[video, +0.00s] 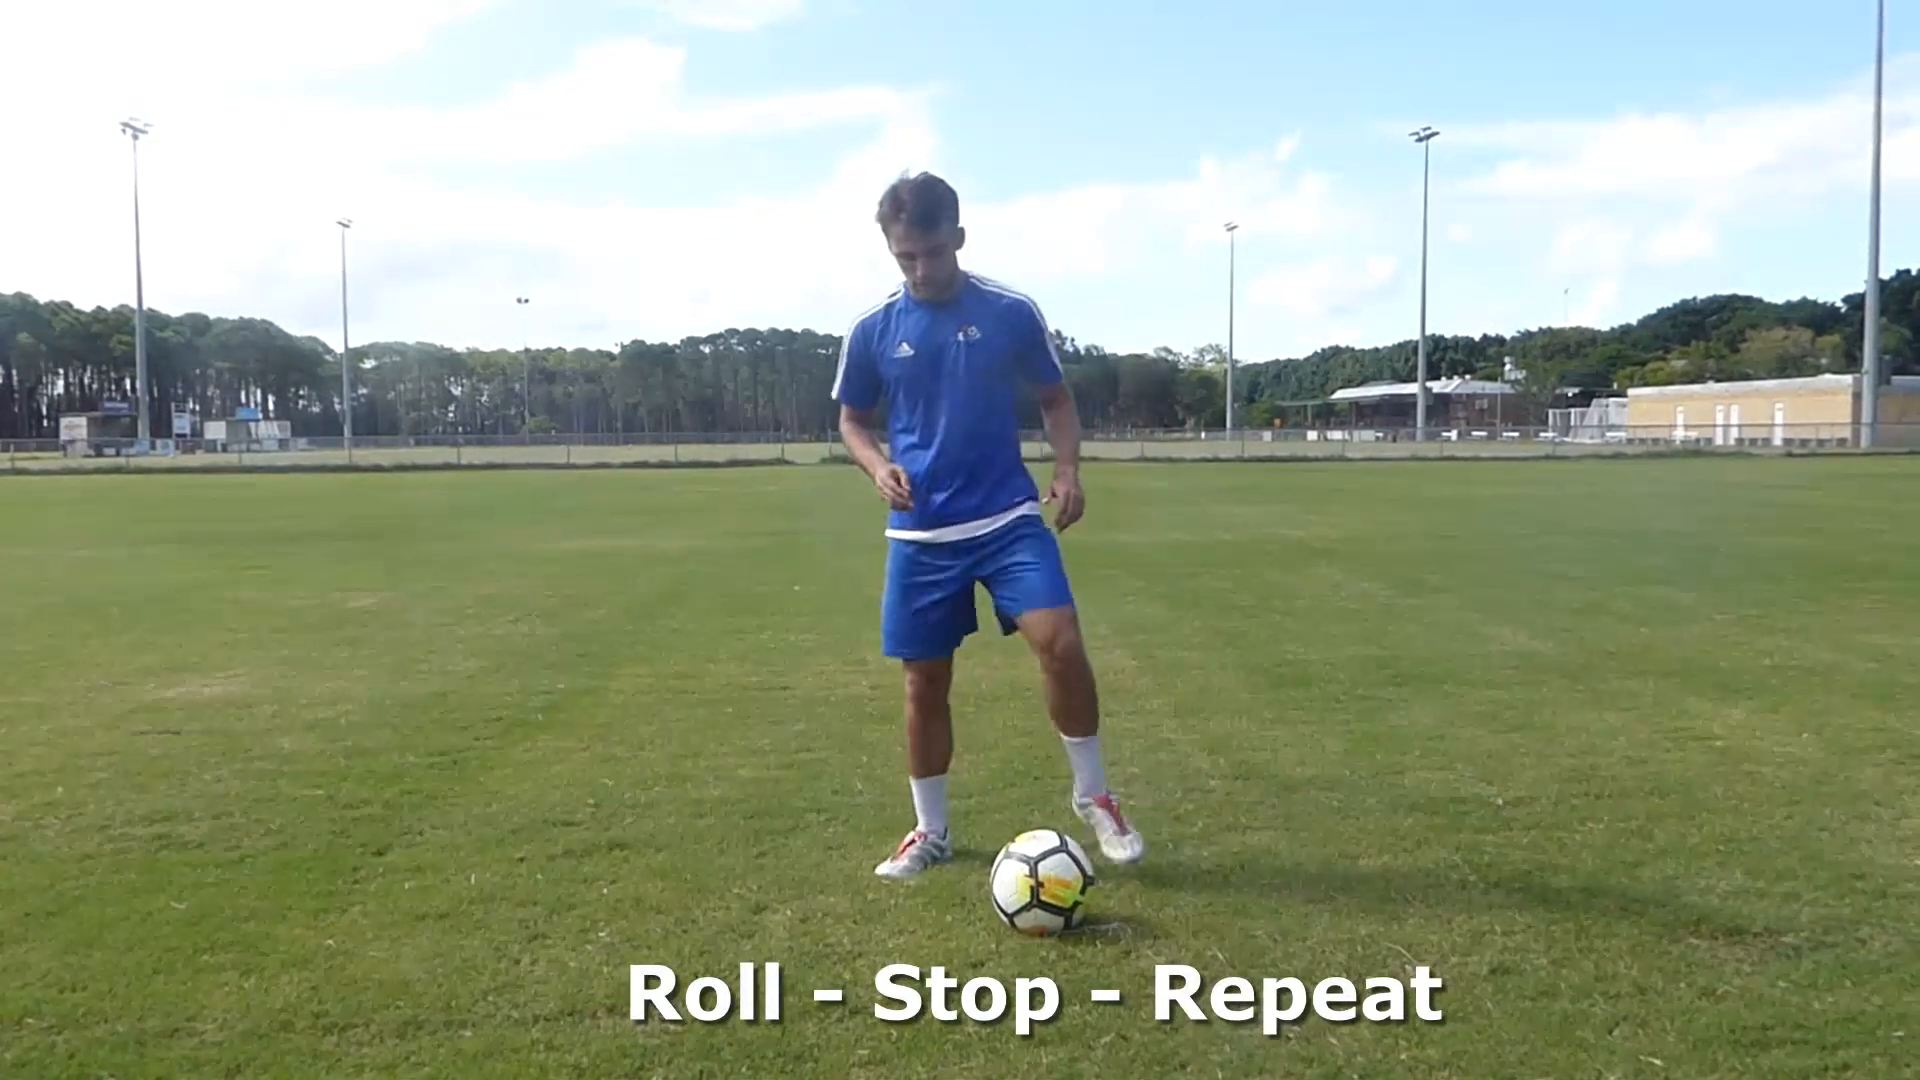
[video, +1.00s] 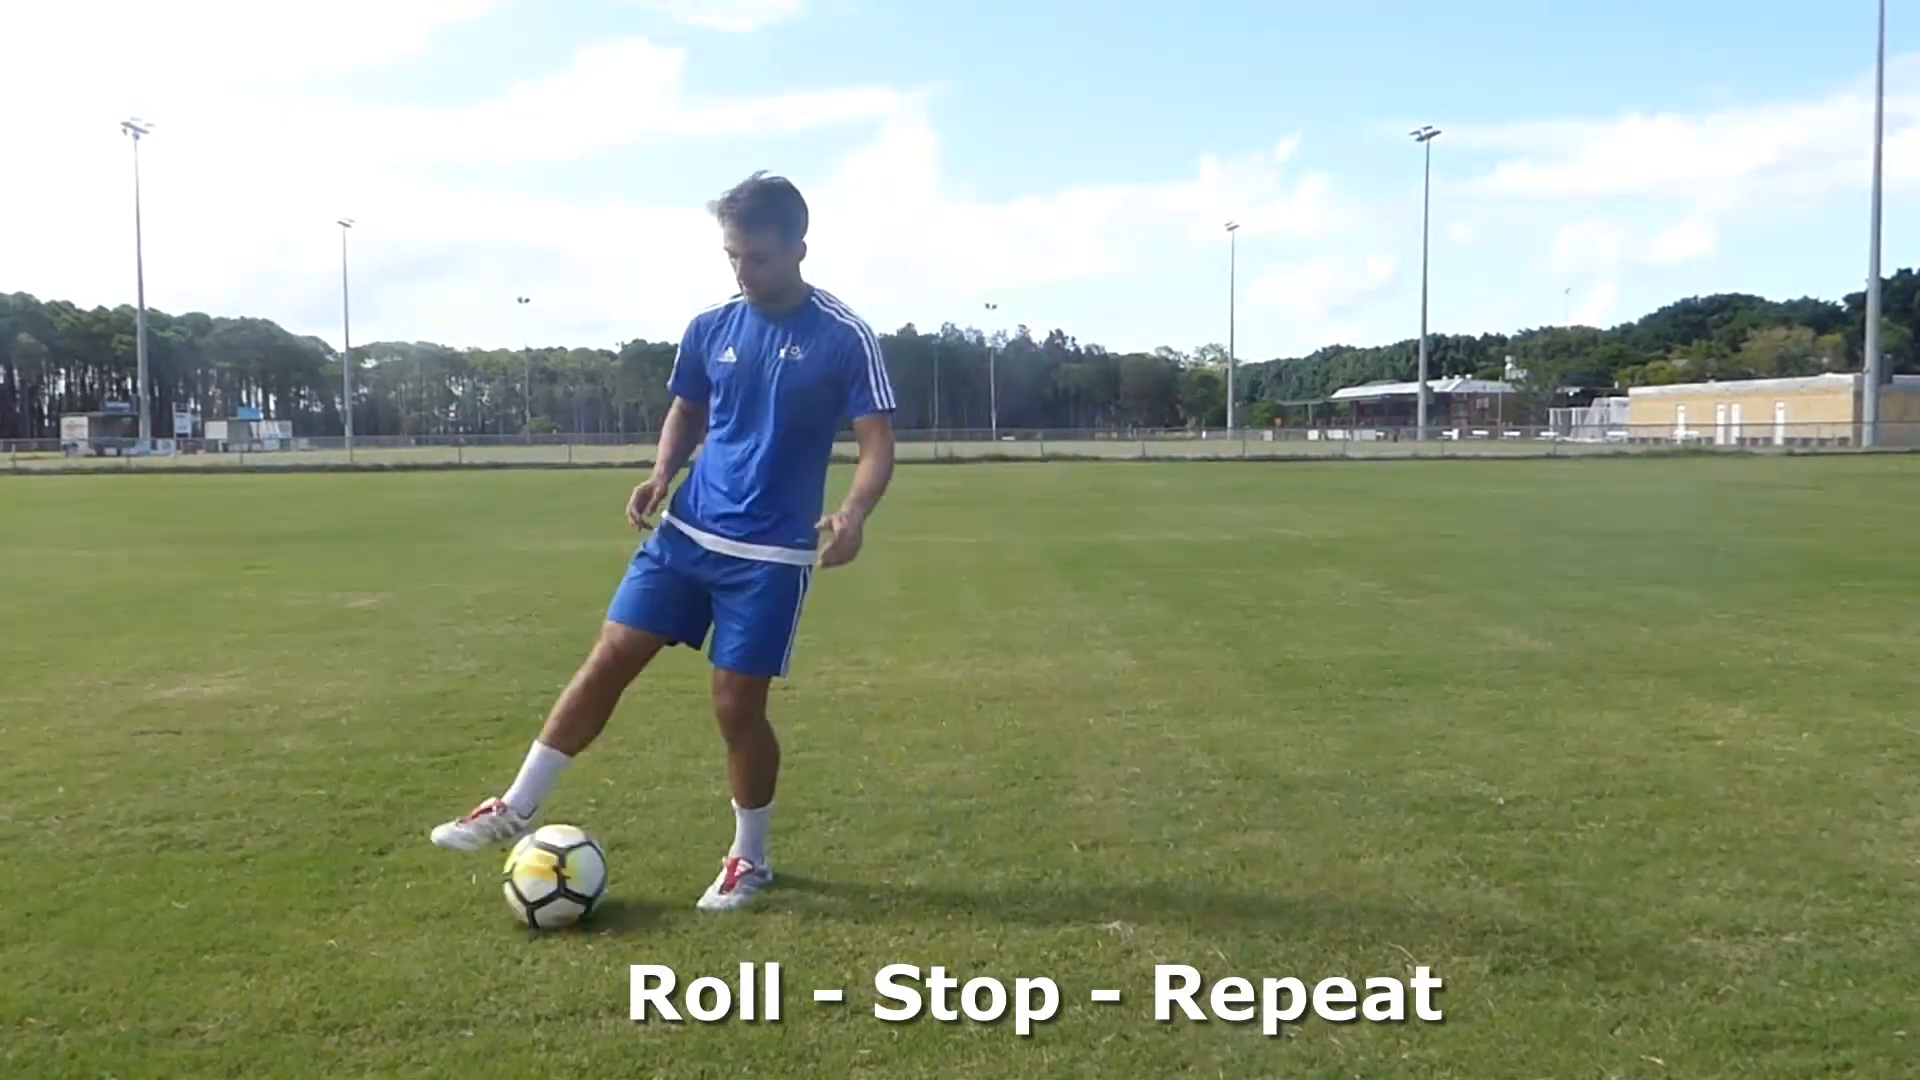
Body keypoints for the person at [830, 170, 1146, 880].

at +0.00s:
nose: (920, 271)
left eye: (931, 254)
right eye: (905, 258)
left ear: (958, 238)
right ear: (888, 249)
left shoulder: (1011, 314)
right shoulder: (872, 334)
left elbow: (1055, 400)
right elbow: (851, 420)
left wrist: (1067, 471)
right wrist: (877, 464)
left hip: (1010, 523)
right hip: (921, 537)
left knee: (1061, 645)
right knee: (923, 686)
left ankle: (1093, 796)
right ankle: (930, 833)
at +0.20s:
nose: (874, 272)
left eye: (886, 254)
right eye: (860, 259)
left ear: (912, 239)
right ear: (843, 251)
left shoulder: (966, 315)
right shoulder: (829, 337)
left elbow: (1021, 394)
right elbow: (814, 422)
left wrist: (1038, 474)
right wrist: (839, 471)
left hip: (960, 514)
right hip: (879, 533)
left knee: (979, 625)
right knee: (904, 682)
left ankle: (1031, 799)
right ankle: (929, 832)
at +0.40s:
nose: (841, 274)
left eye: (855, 257)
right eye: (827, 259)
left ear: (882, 242)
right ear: (811, 249)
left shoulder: (932, 321)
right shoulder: (794, 337)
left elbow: (990, 404)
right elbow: (785, 426)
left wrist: (1006, 488)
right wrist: (808, 468)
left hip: (913, 512)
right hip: (839, 528)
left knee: (859, 624)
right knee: (883, 681)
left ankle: (862, 805)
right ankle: (928, 833)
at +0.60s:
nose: (797, 274)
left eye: (811, 259)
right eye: (786, 258)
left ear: (849, 247)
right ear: (776, 247)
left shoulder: (892, 331)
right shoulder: (757, 332)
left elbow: (944, 420)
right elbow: (729, 422)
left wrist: (958, 517)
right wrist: (749, 463)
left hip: (852, 540)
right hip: (785, 540)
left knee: (778, 689)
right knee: (839, 692)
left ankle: (755, 856)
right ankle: (917, 824)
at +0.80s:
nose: (757, 272)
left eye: (769, 257)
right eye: (748, 256)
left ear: (814, 248)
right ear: (743, 248)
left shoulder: (859, 338)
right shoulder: (731, 325)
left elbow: (900, 445)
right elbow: (707, 407)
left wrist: (909, 551)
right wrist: (688, 456)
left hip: (799, 552)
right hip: (725, 538)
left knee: (749, 702)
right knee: (650, 664)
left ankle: (755, 857)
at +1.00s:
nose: (739, 272)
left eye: (753, 257)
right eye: (732, 257)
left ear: (796, 247)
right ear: (727, 250)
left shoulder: (844, 336)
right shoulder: (711, 326)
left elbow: (878, 447)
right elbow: (687, 413)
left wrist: (853, 511)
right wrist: (663, 471)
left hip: (771, 553)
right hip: (689, 531)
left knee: (736, 708)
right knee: (609, 659)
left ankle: (749, 860)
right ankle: (516, 809)